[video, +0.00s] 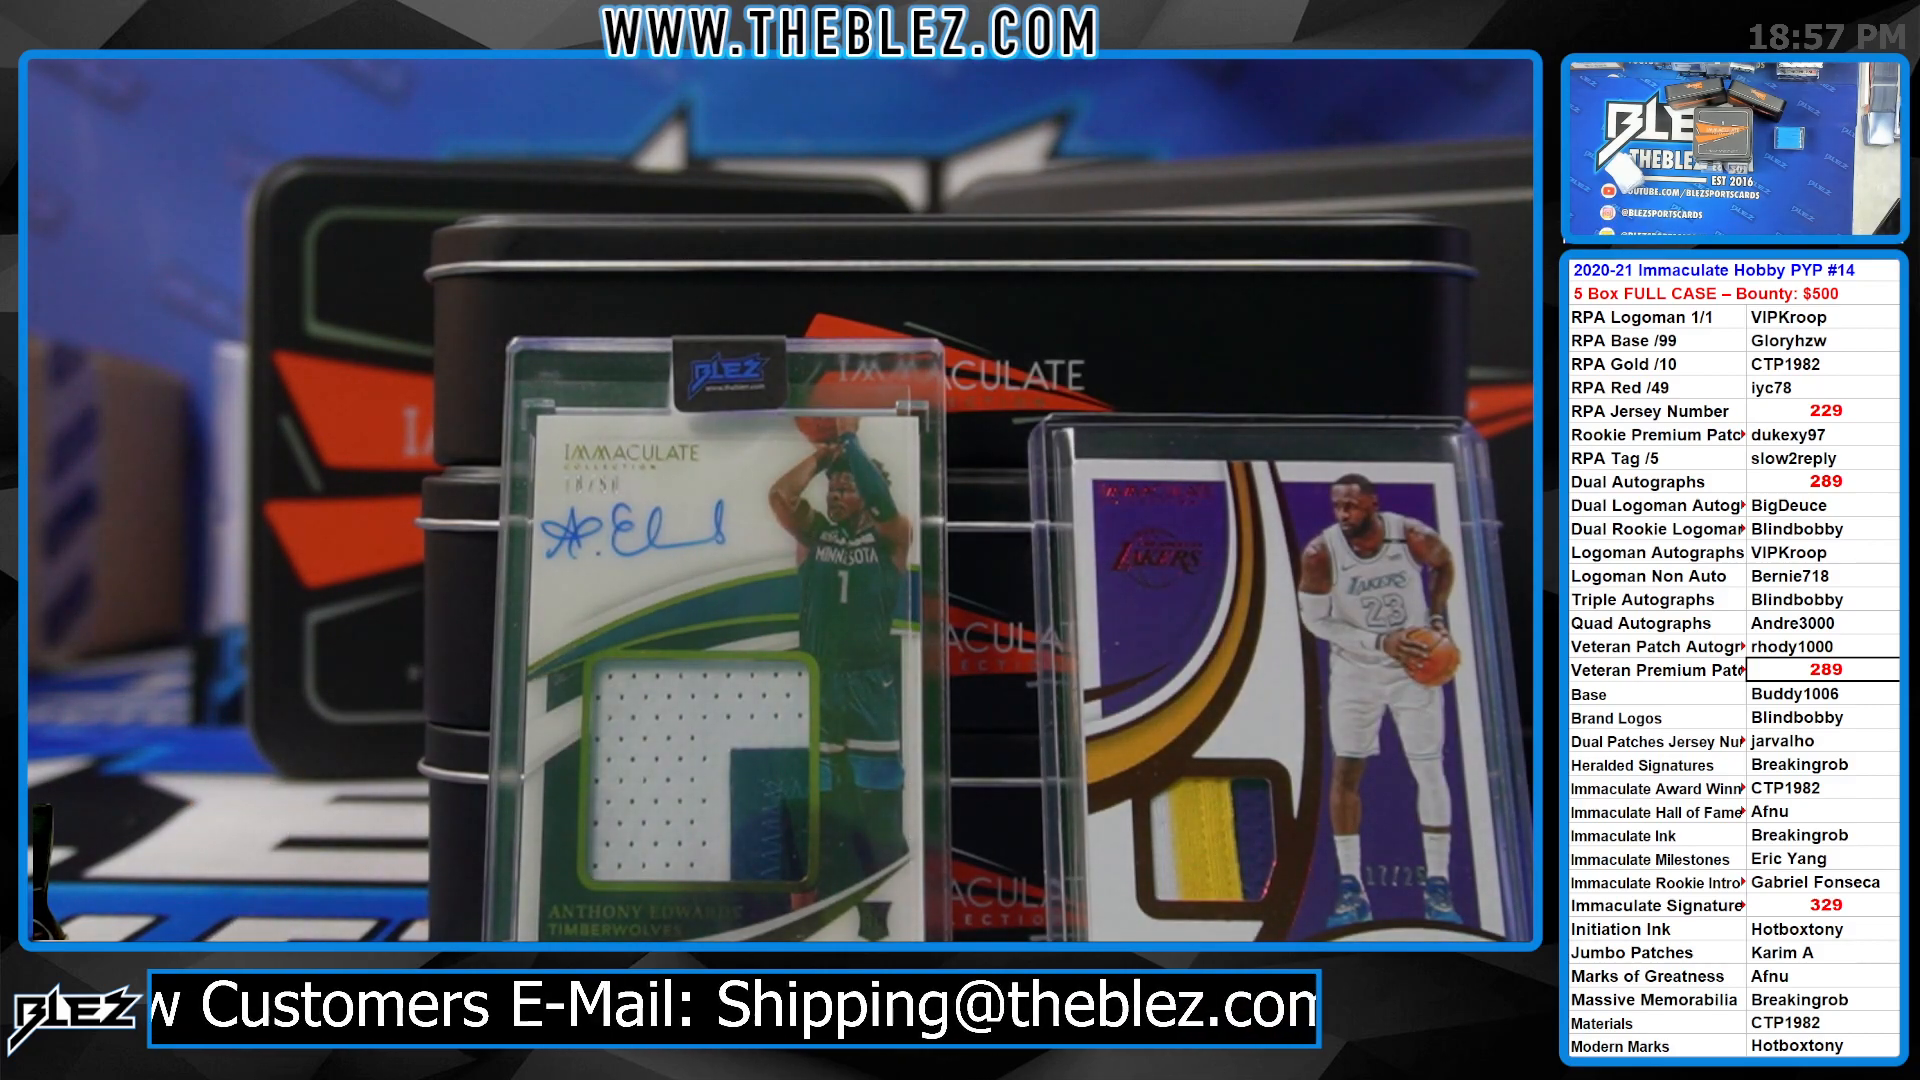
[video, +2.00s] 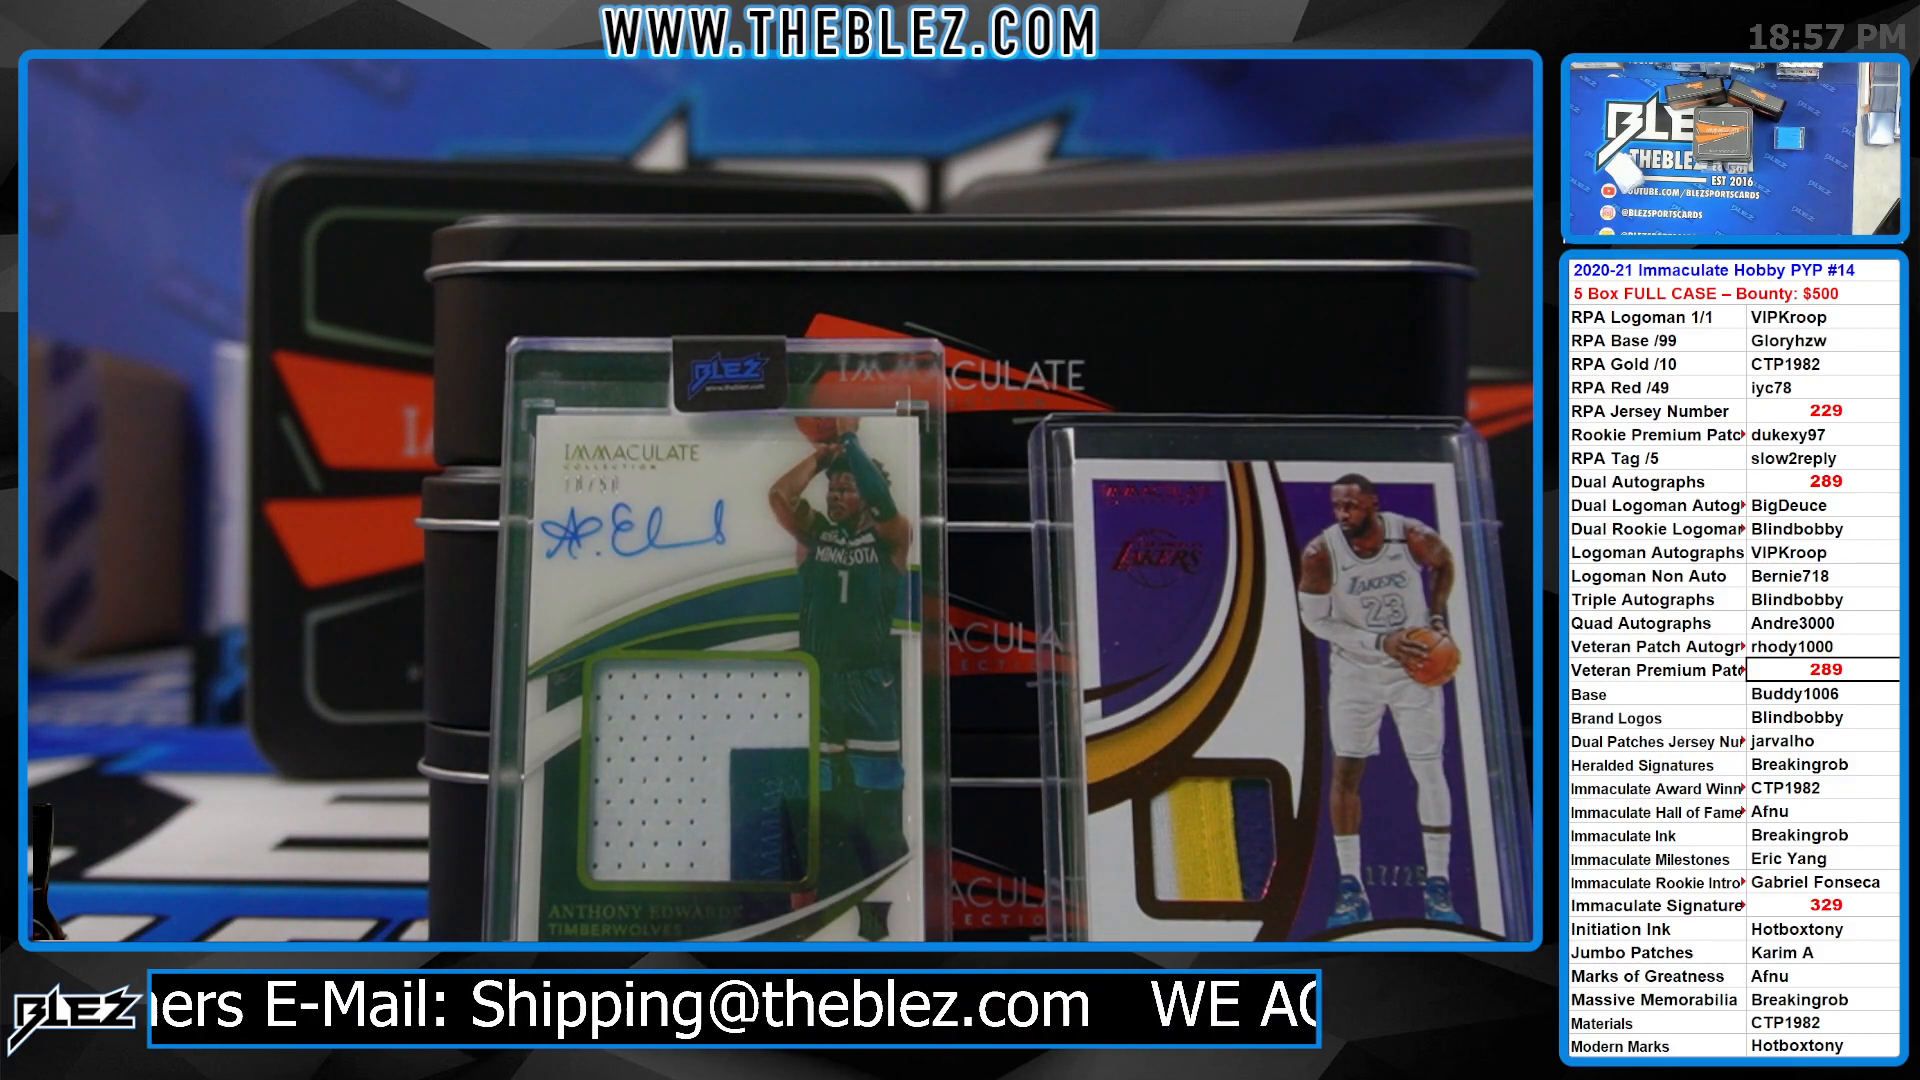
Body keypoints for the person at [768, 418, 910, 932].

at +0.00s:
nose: (840, 493)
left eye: (850, 487)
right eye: (835, 486)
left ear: (868, 493)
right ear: (827, 493)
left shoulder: (890, 539)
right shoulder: (815, 533)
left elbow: (882, 499)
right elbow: (780, 495)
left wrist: (851, 445)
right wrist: (818, 459)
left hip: (871, 678)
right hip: (818, 677)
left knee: (877, 797)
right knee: (824, 792)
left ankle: (878, 903)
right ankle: (824, 890)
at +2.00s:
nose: (840, 494)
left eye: (850, 487)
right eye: (834, 486)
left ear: (868, 494)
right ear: (826, 493)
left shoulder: (890, 539)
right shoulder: (815, 533)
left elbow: (883, 501)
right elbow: (780, 496)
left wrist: (851, 446)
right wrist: (818, 459)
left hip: (872, 679)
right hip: (818, 678)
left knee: (879, 799)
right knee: (826, 796)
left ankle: (878, 903)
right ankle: (829, 897)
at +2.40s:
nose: (840, 494)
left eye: (849, 487)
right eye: (834, 487)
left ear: (868, 494)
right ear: (827, 494)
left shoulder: (890, 540)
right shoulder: (814, 532)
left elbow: (882, 499)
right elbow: (780, 495)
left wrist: (850, 446)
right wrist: (819, 458)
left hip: (871, 680)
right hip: (818, 680)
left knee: (878, 798)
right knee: (829, 797)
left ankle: (879, 903)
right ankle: (832, 898)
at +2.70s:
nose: (841, 494)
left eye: (850, 487)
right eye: (835, 486)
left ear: (869, 494)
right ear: (827, 493)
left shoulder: (890, 540)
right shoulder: (815, 533)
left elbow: (883, 500)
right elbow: (780, 496)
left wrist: (850, 445)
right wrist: (818, 458)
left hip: (872, 678)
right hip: (817, 677)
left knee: (877, 797)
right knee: (822, 793)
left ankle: (877, 902)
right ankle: (821, 895)